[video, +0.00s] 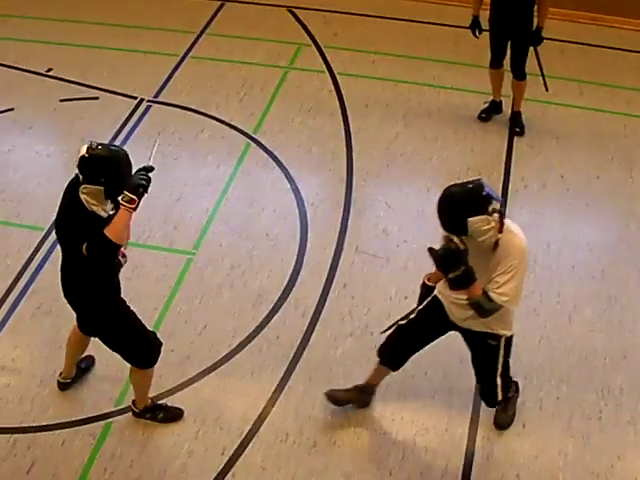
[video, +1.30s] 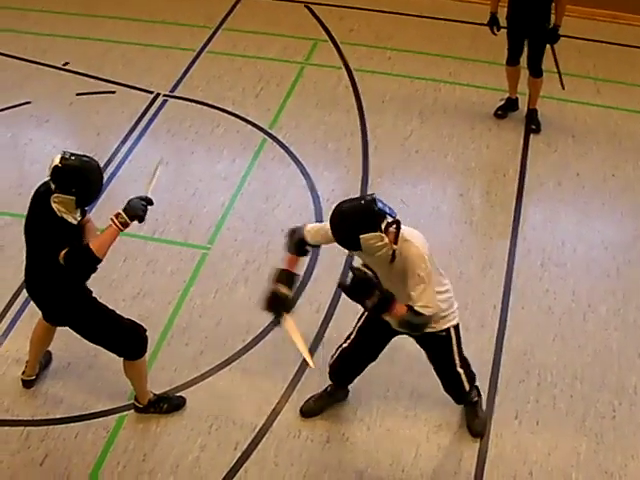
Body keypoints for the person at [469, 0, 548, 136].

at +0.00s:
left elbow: (543, 2)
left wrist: (539, 28)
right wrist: (475, 16)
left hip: (523, 24)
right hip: (498, 21)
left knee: (518, 70)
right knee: (495, 62)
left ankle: (516, 113)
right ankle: (496, 102)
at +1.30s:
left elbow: (560, 1)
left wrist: (556, 26)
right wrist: (493, 13)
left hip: (540, 22)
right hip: (515, 19)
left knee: (535, 68)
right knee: (512, 60)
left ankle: (532, 111)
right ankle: (512, 99)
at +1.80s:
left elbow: (600, 5)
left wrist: (595, 32)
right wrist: (531, 18)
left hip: (579, 28)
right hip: (554, 24)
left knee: (572, 74)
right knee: (550, 66)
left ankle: (569, 117)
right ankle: (549, 105)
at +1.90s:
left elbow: (609, 6)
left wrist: (604, 34)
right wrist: (540, 20)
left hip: (587, 30)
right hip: (562, 26)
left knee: (581, 75)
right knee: (558, 68)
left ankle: (577, 119)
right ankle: (557, 107)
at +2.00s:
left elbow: (617, 7)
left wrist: (611, 36)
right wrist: (548, 21)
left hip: (595, 30)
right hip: (570, 26)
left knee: (588, 76)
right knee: (566, 68)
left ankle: (585, 120)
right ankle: (564, 108)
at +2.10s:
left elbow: (624, 6)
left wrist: (618, 37)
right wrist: (554, 21)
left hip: (601, 30)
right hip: (577, 26)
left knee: (594, 76)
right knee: (572, 69)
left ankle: (591, 121)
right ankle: (570, 109)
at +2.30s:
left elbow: (624, 7)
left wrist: (617, 37)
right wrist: (553, 22)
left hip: (601, 31)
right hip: (576, 27)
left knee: (594, 77)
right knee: (572, 70)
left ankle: (591, 121)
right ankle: (570, 109)